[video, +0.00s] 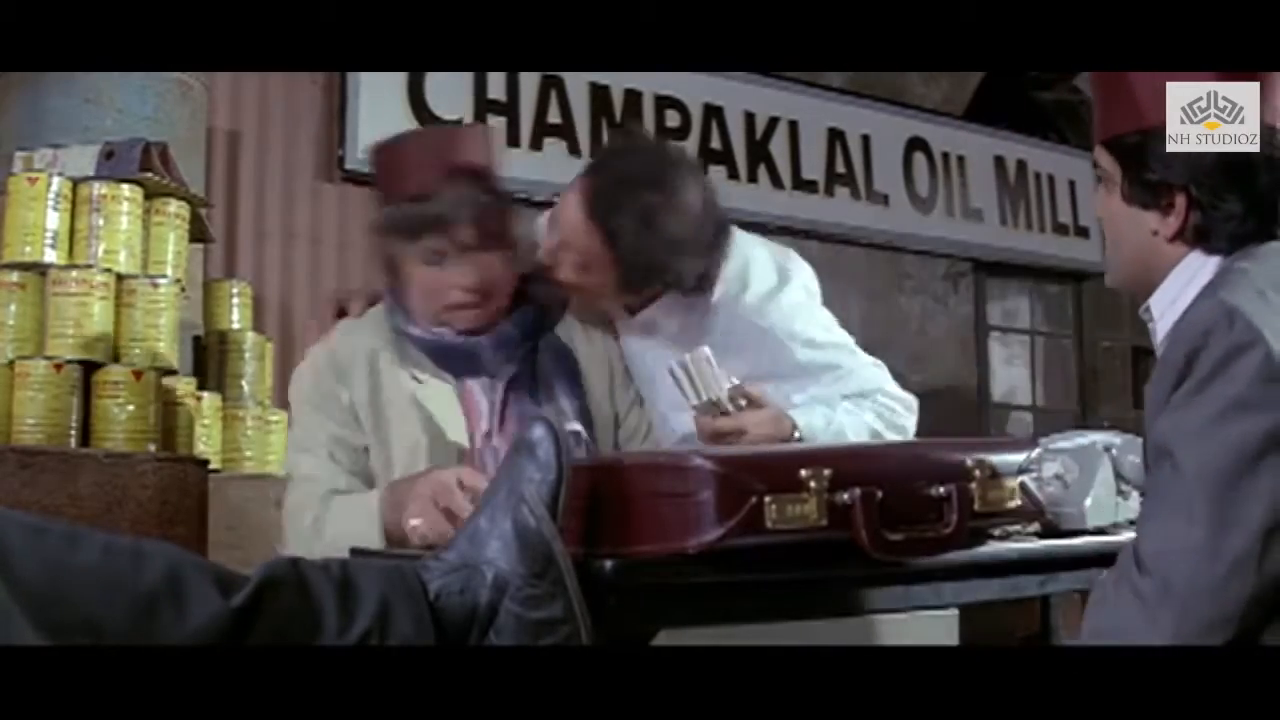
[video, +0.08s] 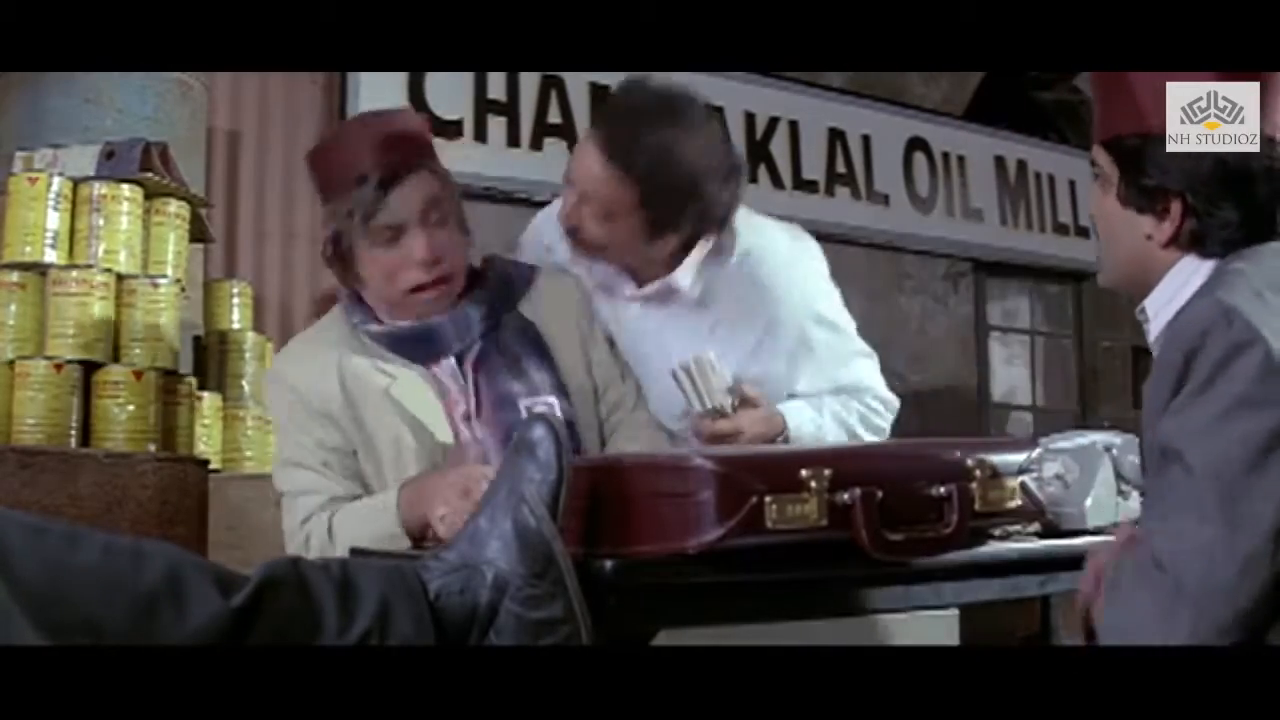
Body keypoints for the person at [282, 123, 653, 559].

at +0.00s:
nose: (469, 280)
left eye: (486, 251)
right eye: (436, 259)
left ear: (515, 253)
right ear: (392, 264)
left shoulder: (586, 351)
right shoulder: (338, 370)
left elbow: (652, 474)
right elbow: (309, 526)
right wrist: (394, 508)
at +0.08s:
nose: (427, 252)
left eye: (438, 219)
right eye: (390, 237)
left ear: (461, 217)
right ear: (344, 255)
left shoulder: (555, 303)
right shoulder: (308, 372)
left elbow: (631, 430)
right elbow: (312, 536)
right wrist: (413, 505)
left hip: (585, 594)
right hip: (428, 622)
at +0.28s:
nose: (471, 207)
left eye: (458, 188)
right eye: (437, 196)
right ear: (369, 245)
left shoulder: (524, 306)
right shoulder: (281, 382)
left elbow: (613, 411)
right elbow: (274, 550)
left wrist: (616, 476)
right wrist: (383, 517)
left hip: (550, 607)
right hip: (401, 626)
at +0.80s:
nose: (479, 209)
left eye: (464, 192)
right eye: (448, 197)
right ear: (386, 247)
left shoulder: (527, 303)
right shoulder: (287, 388)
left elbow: (616, 417)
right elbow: (283, 553)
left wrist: (600, 453)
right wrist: (391, 510)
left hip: (554, 601)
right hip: (407, 626)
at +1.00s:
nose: (485, 208)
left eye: (471, 192)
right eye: (456, 196)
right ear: (396, 243)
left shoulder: (526, 315)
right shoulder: (292, 382)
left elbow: (610, 411)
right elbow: (282, 545)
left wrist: (615, 440)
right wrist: (394, 504)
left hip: (553, 605)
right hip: (407, 624)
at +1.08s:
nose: (485, 209)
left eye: (470, 193)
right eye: (454, 198)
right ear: (393, 248)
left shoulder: (527, 313)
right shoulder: (290, 387)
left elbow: (607, 409)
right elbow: (282, 544)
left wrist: (618, 444)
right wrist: (396, 506)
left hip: (553, 609)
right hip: (407, 627)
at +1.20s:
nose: (490, 209)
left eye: (476, 192)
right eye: (459, 199)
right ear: (399, 247)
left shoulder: (531, 312)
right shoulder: (289, 387)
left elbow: (603, 416)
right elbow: (282, 546)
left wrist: (620, 450)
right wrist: (391, 509)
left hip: (550, 609)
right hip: (402, 628)